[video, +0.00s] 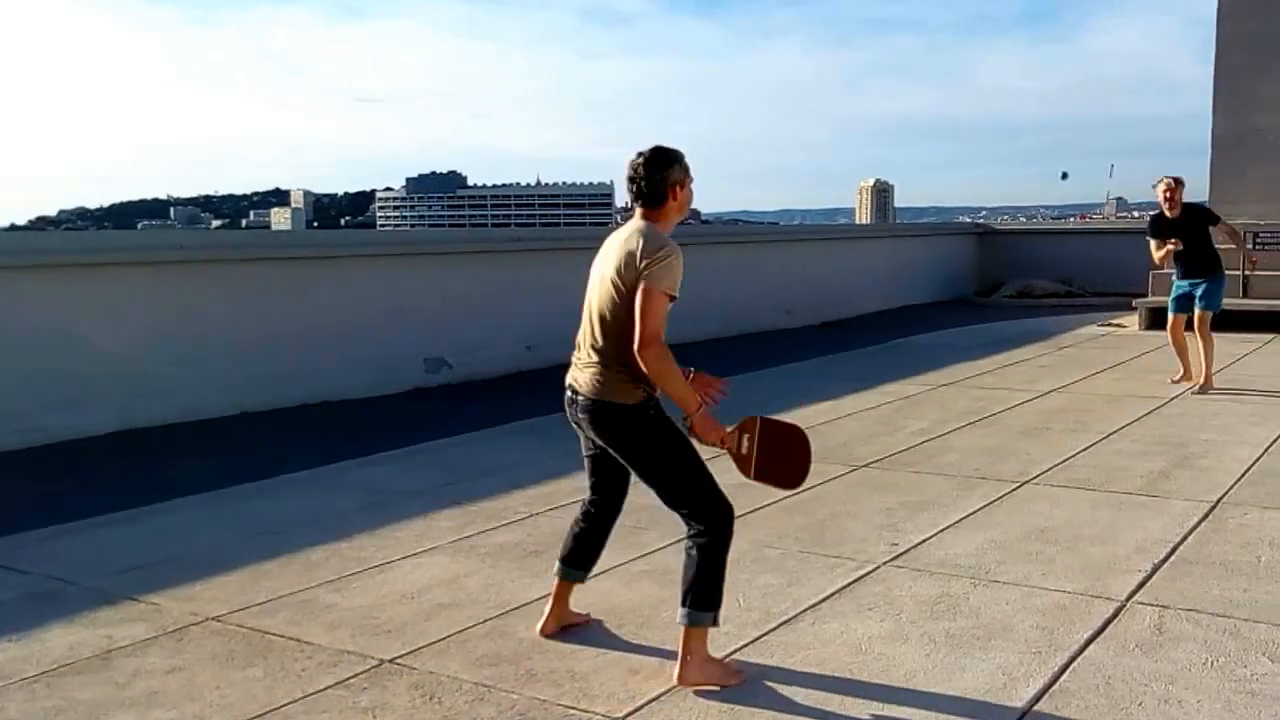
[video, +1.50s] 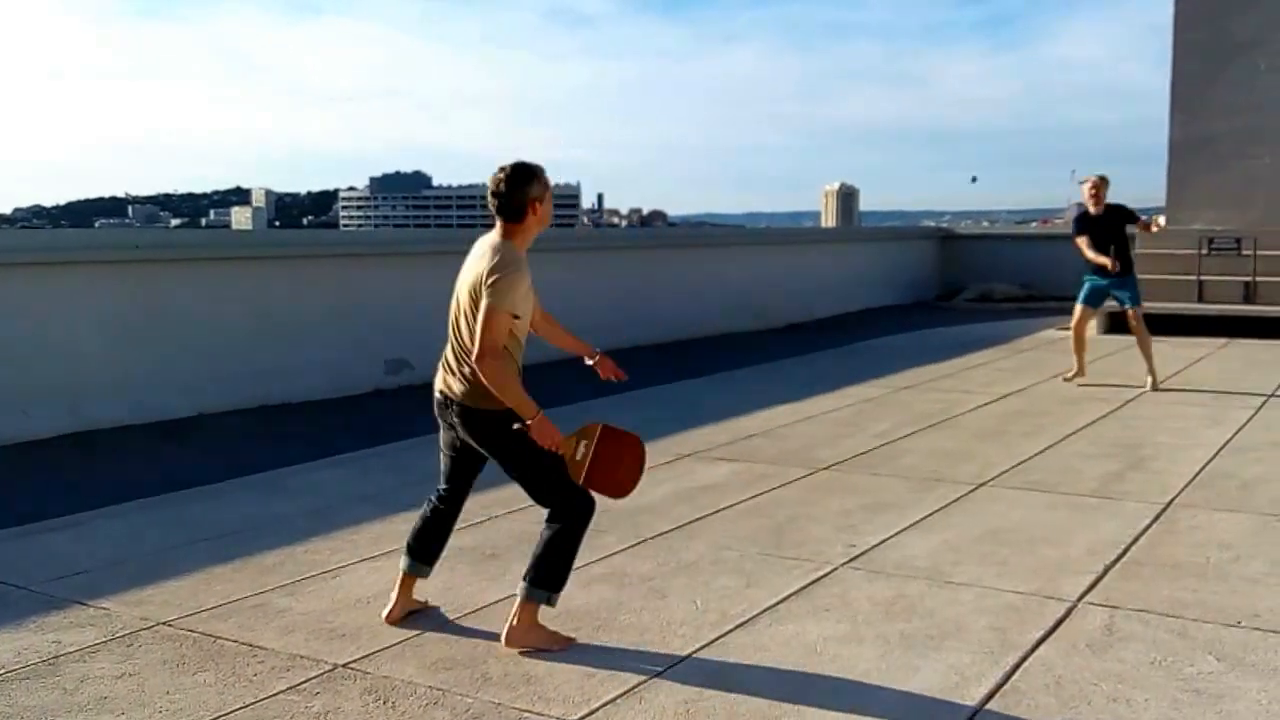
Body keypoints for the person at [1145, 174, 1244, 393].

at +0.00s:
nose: (1170, 197)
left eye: (1173, 192)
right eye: (1165, 193)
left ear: (1181, 194)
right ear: (1158, 197)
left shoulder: (1198, 212)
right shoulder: (1156, 222)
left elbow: (1229, 230)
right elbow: (1158, 260)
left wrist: (1246, 252)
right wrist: (1167, 249)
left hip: (1209, 276)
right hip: (1182, 278)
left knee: (1201, 326)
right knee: (1173, 327)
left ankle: (1206, 378)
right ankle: (1186, 371)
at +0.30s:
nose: (1173, 194)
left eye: (1177, 191)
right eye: (1169, 190)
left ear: (1185, 195)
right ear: (1161, 194)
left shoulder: (1198, 219)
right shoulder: (1155, 223)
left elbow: (1210, 249)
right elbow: (1142, 256)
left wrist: (1208, 277)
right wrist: (1135, 284)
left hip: (1193, 288)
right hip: (1161, 288)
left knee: (1206, 335)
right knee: (1143, 331)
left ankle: (1223, 383)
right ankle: (1139, 378)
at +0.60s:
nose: (1175, 186)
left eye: (1179, 181)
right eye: (1171, 182)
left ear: (1187, 184)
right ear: (1165, 185)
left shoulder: (1202, 208)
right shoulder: (1165, 213)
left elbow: (1218, 236)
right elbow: (1158, 244)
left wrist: (1216, 268)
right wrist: (1133, 263)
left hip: (1200, 279)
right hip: (1172, 279)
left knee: (1217, 328)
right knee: (1158, 328)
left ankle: (1245, 376)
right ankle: (1163, 376)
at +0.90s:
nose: (1142, 221)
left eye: (1146, 217)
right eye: (1140, 217)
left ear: (1157, 219)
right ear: (1140, 221)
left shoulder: (1170, 237)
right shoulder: (1146, 245)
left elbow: (1190, 252)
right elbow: (1126, 267)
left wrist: (1176, 263)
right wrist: (1098, 262)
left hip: (1194, 300)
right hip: (1168, 301)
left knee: (1206, 346)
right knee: (1127, 328)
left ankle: (1247, 388)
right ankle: (1111, 371)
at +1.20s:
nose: (1089, 220)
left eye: (1093, 215)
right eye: (1087, 216)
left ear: (1105, 216)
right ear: (1087, 220)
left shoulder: (1123, 232)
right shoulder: (1090, 243)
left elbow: (1157, 246)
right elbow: (1072, 267)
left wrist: (1156, 257)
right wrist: (1054, 271)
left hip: (1149, 289)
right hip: (1123, 294)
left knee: (1169, 328)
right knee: (1093, 331)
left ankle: (1202, 372)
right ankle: (1105, 376)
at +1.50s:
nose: (1094, 195)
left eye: (1098, 190)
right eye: (1090, 190)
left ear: (1105, 193)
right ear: (1084, 194)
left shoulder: (1118, 211)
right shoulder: (1081, 220)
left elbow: (1143, 225)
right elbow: (1086, 250)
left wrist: (1153, 225)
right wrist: (1105, 260)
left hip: (1123, 276)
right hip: (1096, 276)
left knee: (1136, 322)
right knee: (1077, 323)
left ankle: (1151, 372)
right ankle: (1079, 367)